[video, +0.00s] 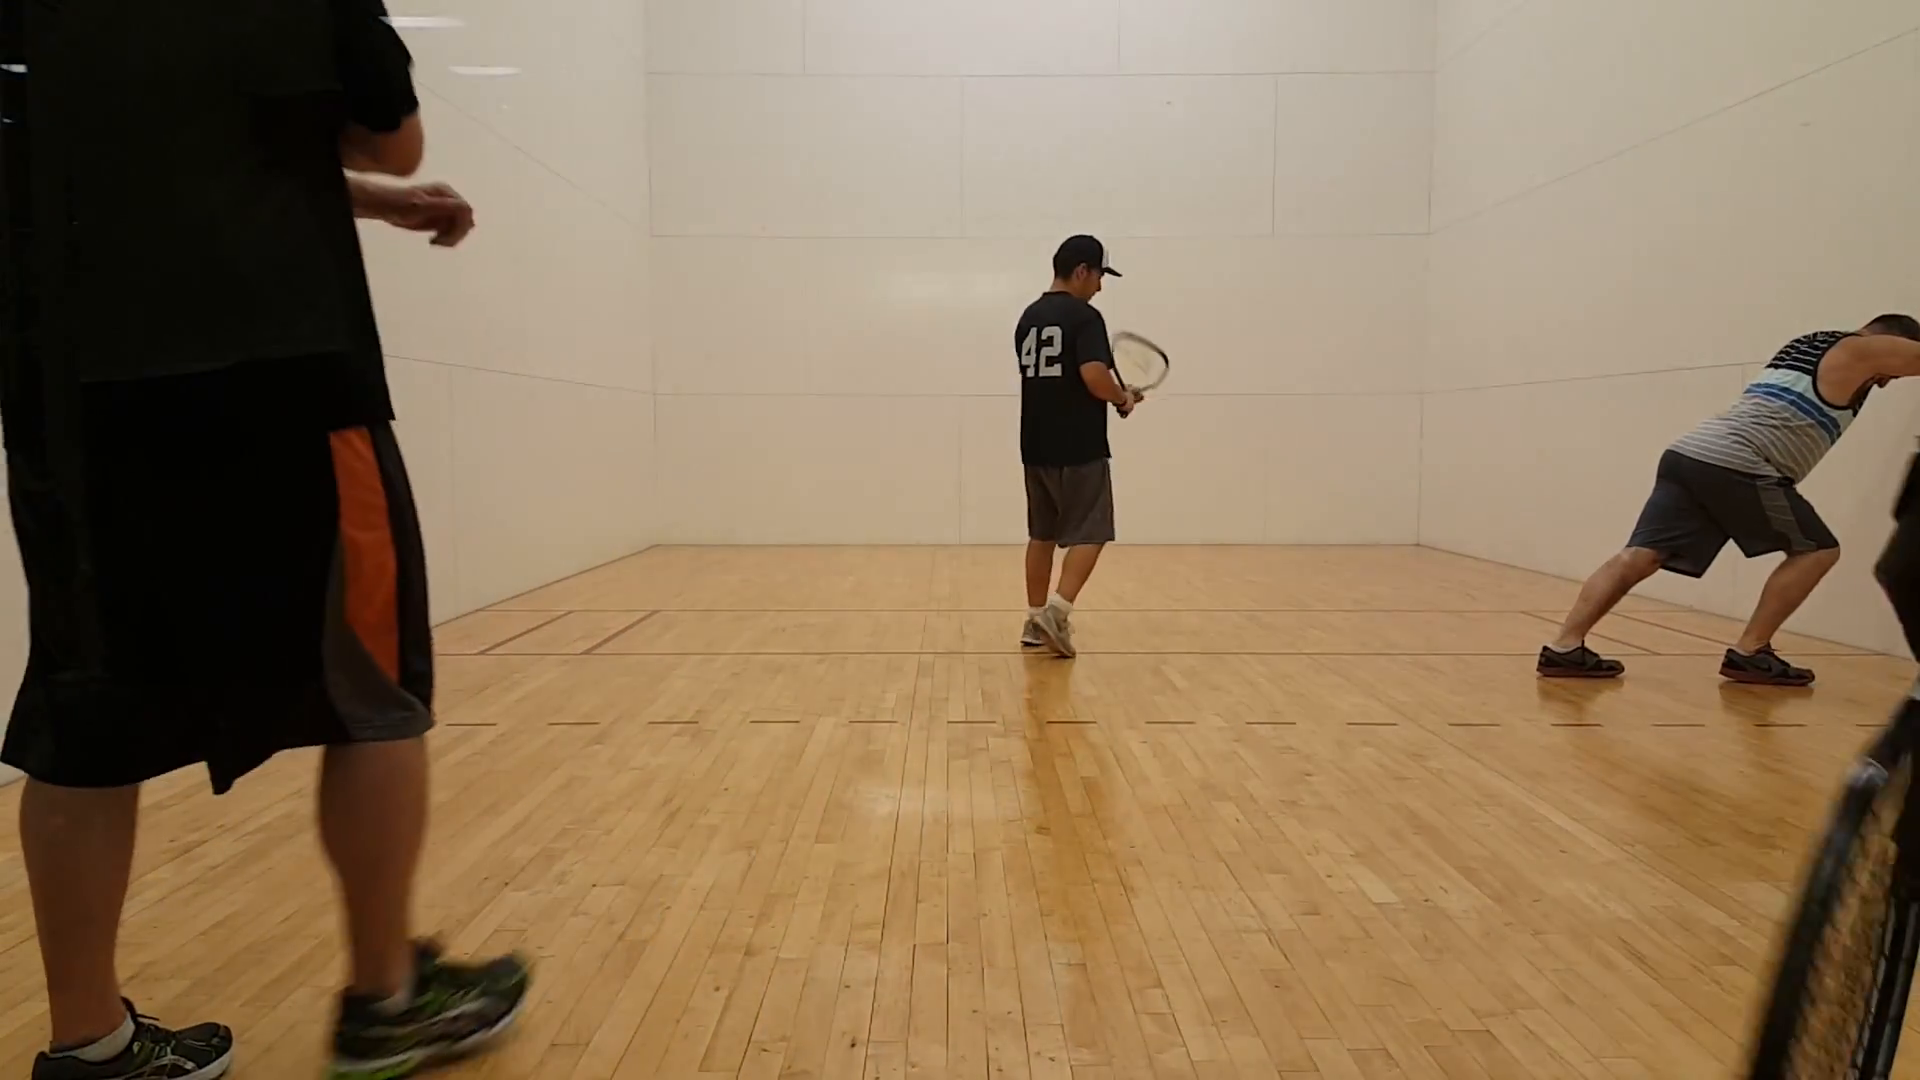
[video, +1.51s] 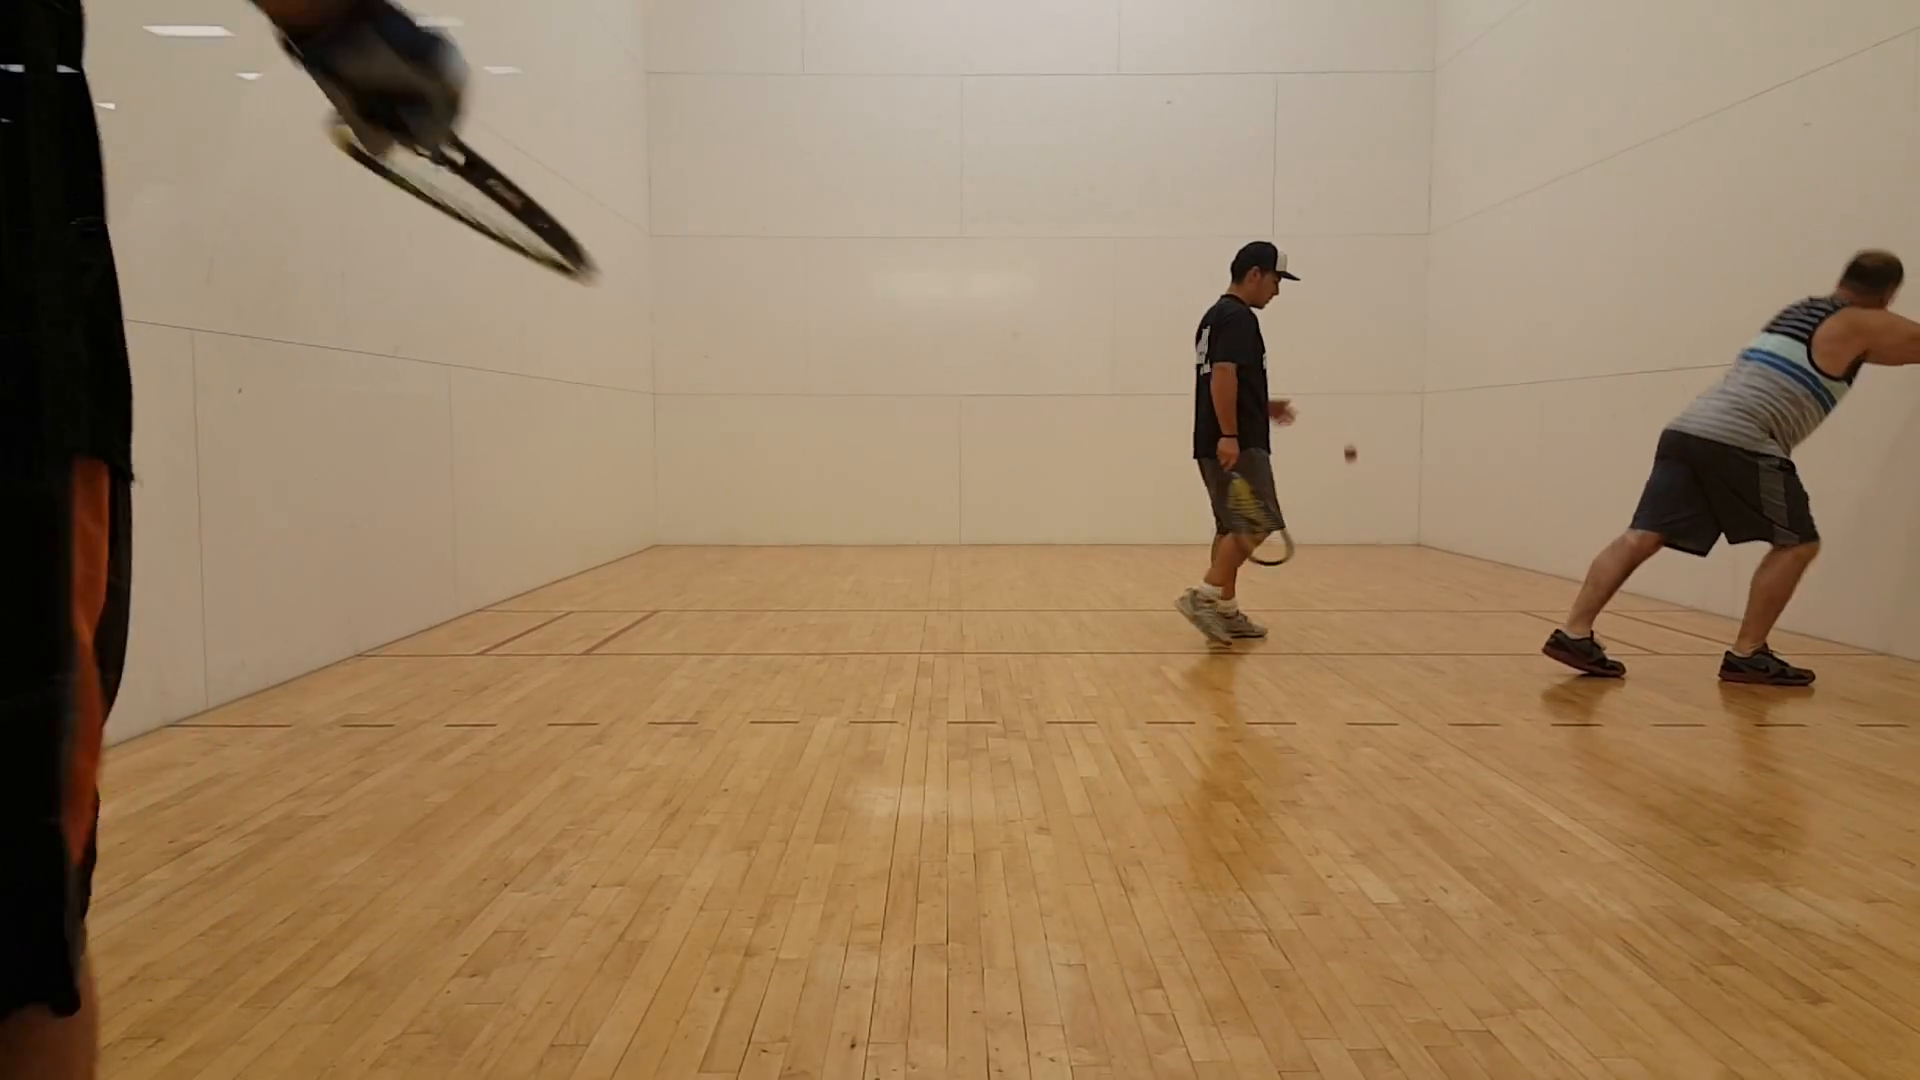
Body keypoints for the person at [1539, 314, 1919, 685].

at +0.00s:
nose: (1896, 377)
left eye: (1902, 368)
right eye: (1902, 364)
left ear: (1873, 332)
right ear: (1890, 342)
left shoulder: (1807, 345)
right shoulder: (1862, 350)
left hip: (1687, 456)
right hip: (1740, 467)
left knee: (1637, 557)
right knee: (1818, 550)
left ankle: (1564, 646)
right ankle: (1750, 651)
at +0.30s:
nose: (1896, 382)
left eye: (1902, 373)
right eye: (1902, 369)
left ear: (1878, 337)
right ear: (1891, 345)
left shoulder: (1808, 348)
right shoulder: (1864, 352)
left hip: (1691, 461)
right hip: (1744, 471)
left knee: (1640, 560)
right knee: (1824, 553)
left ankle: (1563, 646)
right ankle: (1750, 650)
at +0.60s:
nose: (1901, 380)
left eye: (1905, 370)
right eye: (1905, 368)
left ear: (1881, 340)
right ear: (1893, 346)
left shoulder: (1812, 349)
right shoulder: (1861, 357)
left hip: (1700, 466)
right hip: (1750, 477)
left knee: (1645, 562)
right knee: (1830, 555)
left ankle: (1565, 647)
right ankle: (1754, 650)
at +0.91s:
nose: (1902, 385)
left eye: (1907, 375)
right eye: (1907, 372)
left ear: (1882, 341)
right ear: (1895, 349)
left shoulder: (1813, 351)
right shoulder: (1868, 356)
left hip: (1698, 466)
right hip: (1750, 475)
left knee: (1643, 563)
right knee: (1832, 554)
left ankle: (1564, 645)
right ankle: (1753, 647)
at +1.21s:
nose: (1902, 388)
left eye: (1907, 379)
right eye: (1907, 375)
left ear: (1882, 345)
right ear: (1895, 352)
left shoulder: (1812, 357)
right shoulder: (1870, 360)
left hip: (1701, 469)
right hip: (1752, 479)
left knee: (1647, 565)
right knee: (1836, 557)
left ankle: (1564, 646)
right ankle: (1753, 647)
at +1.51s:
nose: (1892, 308)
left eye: (1893, 301)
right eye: (1893, 301)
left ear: (1842, 281)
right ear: (1886, 298)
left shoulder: (1797, 311)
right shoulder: (1860, 325)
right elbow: (1918, 342)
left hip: (1685, 434)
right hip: (1745, 445)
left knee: (1642, 536)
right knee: (1798, 545)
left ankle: (1573, 633)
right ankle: (1747, 653)